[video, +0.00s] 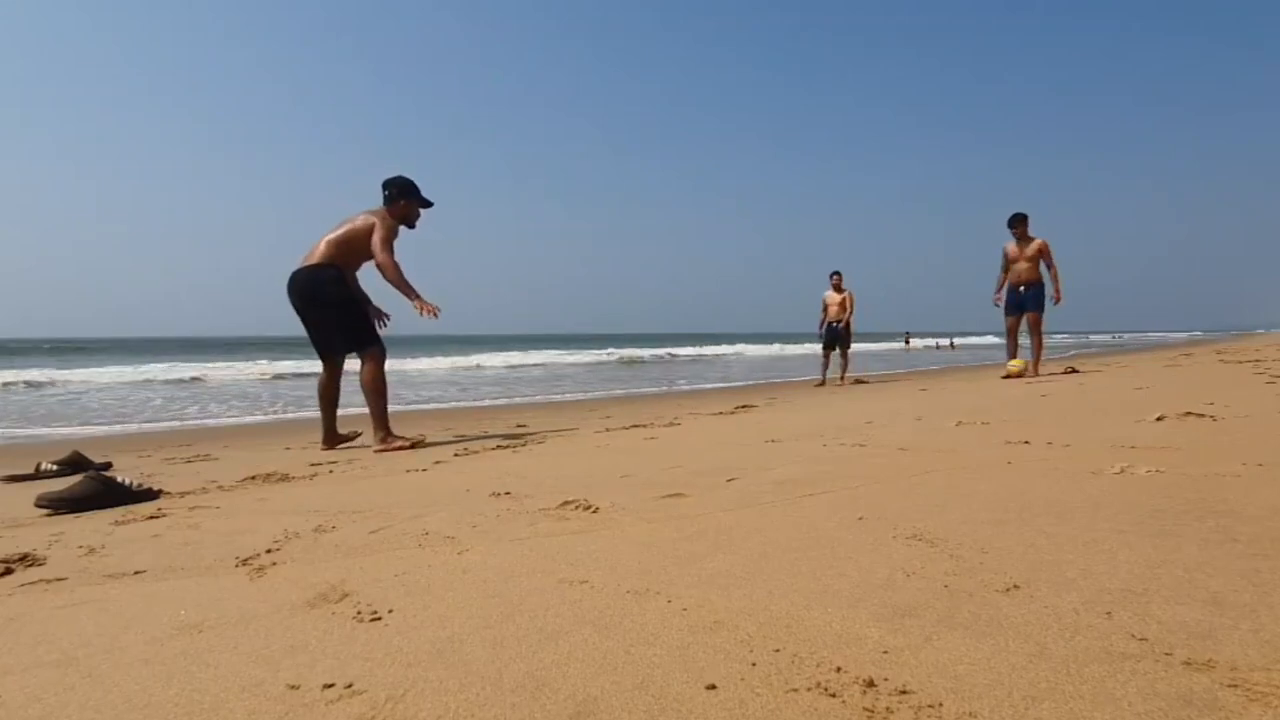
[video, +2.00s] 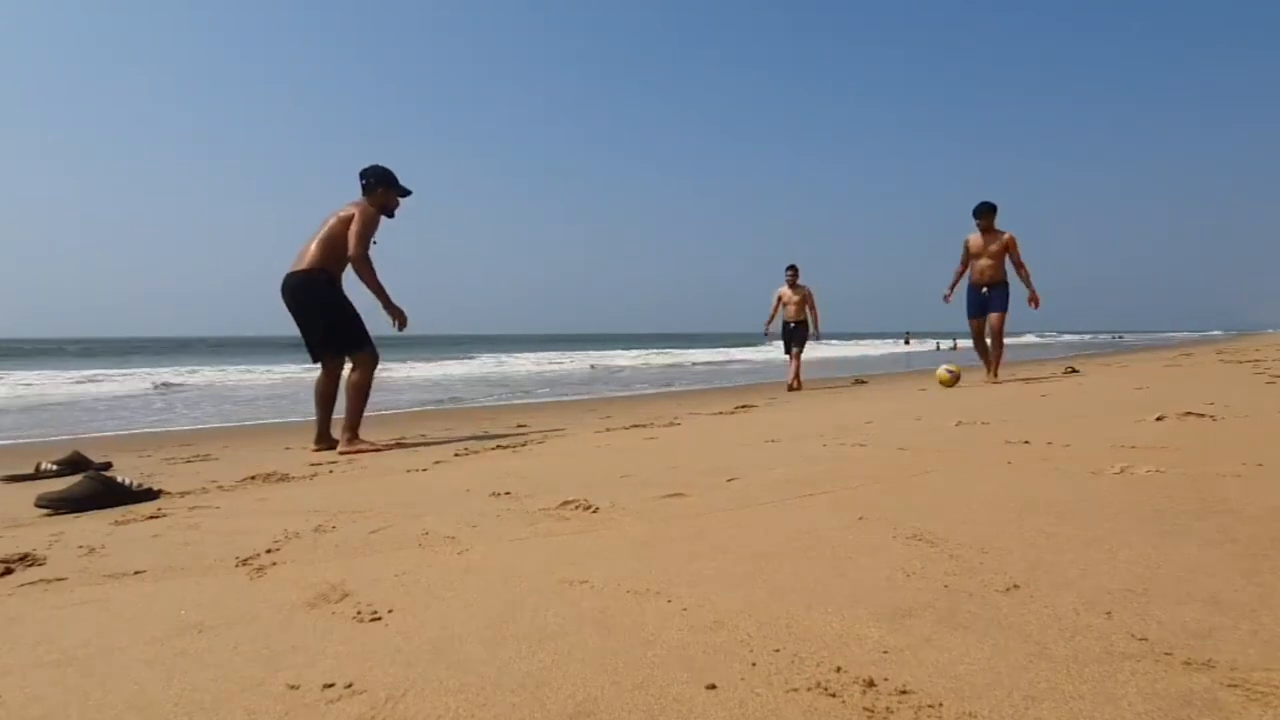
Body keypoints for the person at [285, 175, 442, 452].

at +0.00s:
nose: (419, 213)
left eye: (420, 207)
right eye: (416, 206)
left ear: (393, 203)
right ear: (399, 203)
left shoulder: (366, 220)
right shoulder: (384, 222)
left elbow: (346, 270)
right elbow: (384, 261)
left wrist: (367, 305)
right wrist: (416, 298)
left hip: (302, 282)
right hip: (328, 281)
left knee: (332, 361)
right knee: (373, 354)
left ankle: (329, 435)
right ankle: (382, 435)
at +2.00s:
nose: (397, 203)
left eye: (398, 197)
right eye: (394, 195)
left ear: (372, 192)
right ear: (378, 191)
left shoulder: (348, 212)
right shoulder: (366, 211)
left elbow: (328, 264)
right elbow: (357, 256)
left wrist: (336, 303)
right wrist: (389, 305)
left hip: (294, 283)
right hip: (317, 283)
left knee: (332, 361)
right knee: (365, 358)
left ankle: (323, 436)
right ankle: (350, 437)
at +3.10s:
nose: (408, 176)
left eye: (408, 170)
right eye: (404, 169)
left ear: (382, 168)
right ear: (387, 166)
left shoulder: (362, 192)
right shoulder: (375, 191)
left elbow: (363, 258)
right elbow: (369, 241)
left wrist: (389, 298)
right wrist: (402, 289)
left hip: (336, 275)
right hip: (345, 276)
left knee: (369, 357)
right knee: (373, 357)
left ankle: (334, 431)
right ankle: (347, 438)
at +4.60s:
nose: (434, 195)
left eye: (434, 189)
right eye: (431, 189)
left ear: (414, 189)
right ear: (414, 188)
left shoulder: (404, 216)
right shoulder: (402, 216)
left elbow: (403, 266)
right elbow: (397, 264)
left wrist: (424, 299)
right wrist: (413, 302)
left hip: (390, 291)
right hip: (385, 291)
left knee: (399, 361)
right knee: (397, 361)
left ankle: (376, 425)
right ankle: (365, 426)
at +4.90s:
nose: (447, 218)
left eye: (446, 213)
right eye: (442, 212)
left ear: (423, 214)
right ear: (427, 213)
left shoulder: (408, 238)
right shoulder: (425, 237)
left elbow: (416, 292)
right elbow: (425, 281)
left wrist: (445, 321)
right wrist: (445, 320)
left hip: (387, 307)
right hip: (402, 310)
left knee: (419, 374)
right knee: (423, 376)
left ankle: (395, 426)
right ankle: (367, 416)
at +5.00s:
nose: (455, 225)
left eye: (455, 220)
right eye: (451, 220)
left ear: (432, 221)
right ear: (436, 220)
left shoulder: (418, 243)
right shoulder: (433, 242)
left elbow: (422, 298)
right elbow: (429, 285)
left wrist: (449, 326)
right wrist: (448, 325)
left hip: (390, 311)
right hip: (403, 313)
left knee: (426, 372)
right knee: (439, 375)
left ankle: (397, 425)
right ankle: (384, 414)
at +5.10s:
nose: (465, 228)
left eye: (465, 223)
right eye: (461, 222)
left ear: (441, 222)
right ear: (445, 221)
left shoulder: (424, 244)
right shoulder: (439, 245)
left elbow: (427, 297)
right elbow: (432, 286)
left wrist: (451, 330)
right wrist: (448, 329)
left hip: (392, 311)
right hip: (407, 312)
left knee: (427, 368)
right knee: (457, 367)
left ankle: (398, 424)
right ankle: (413, 415)